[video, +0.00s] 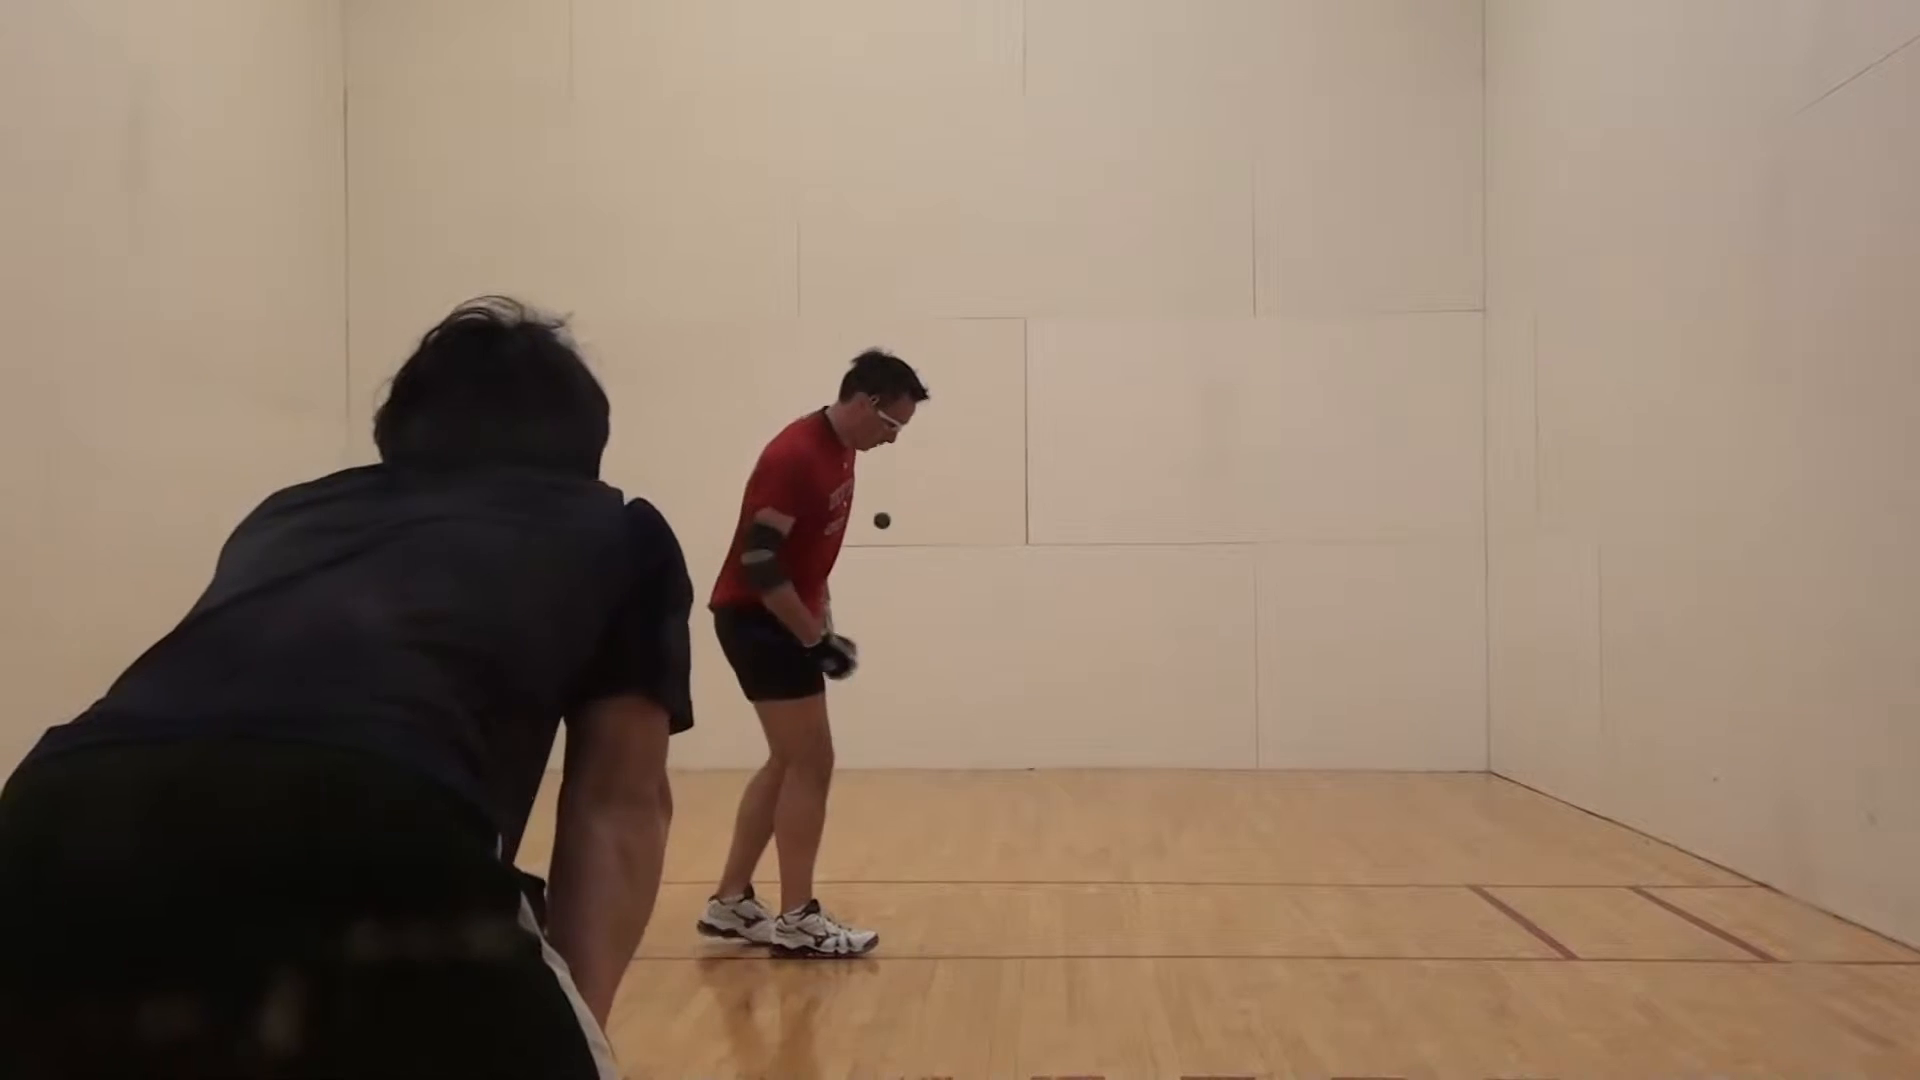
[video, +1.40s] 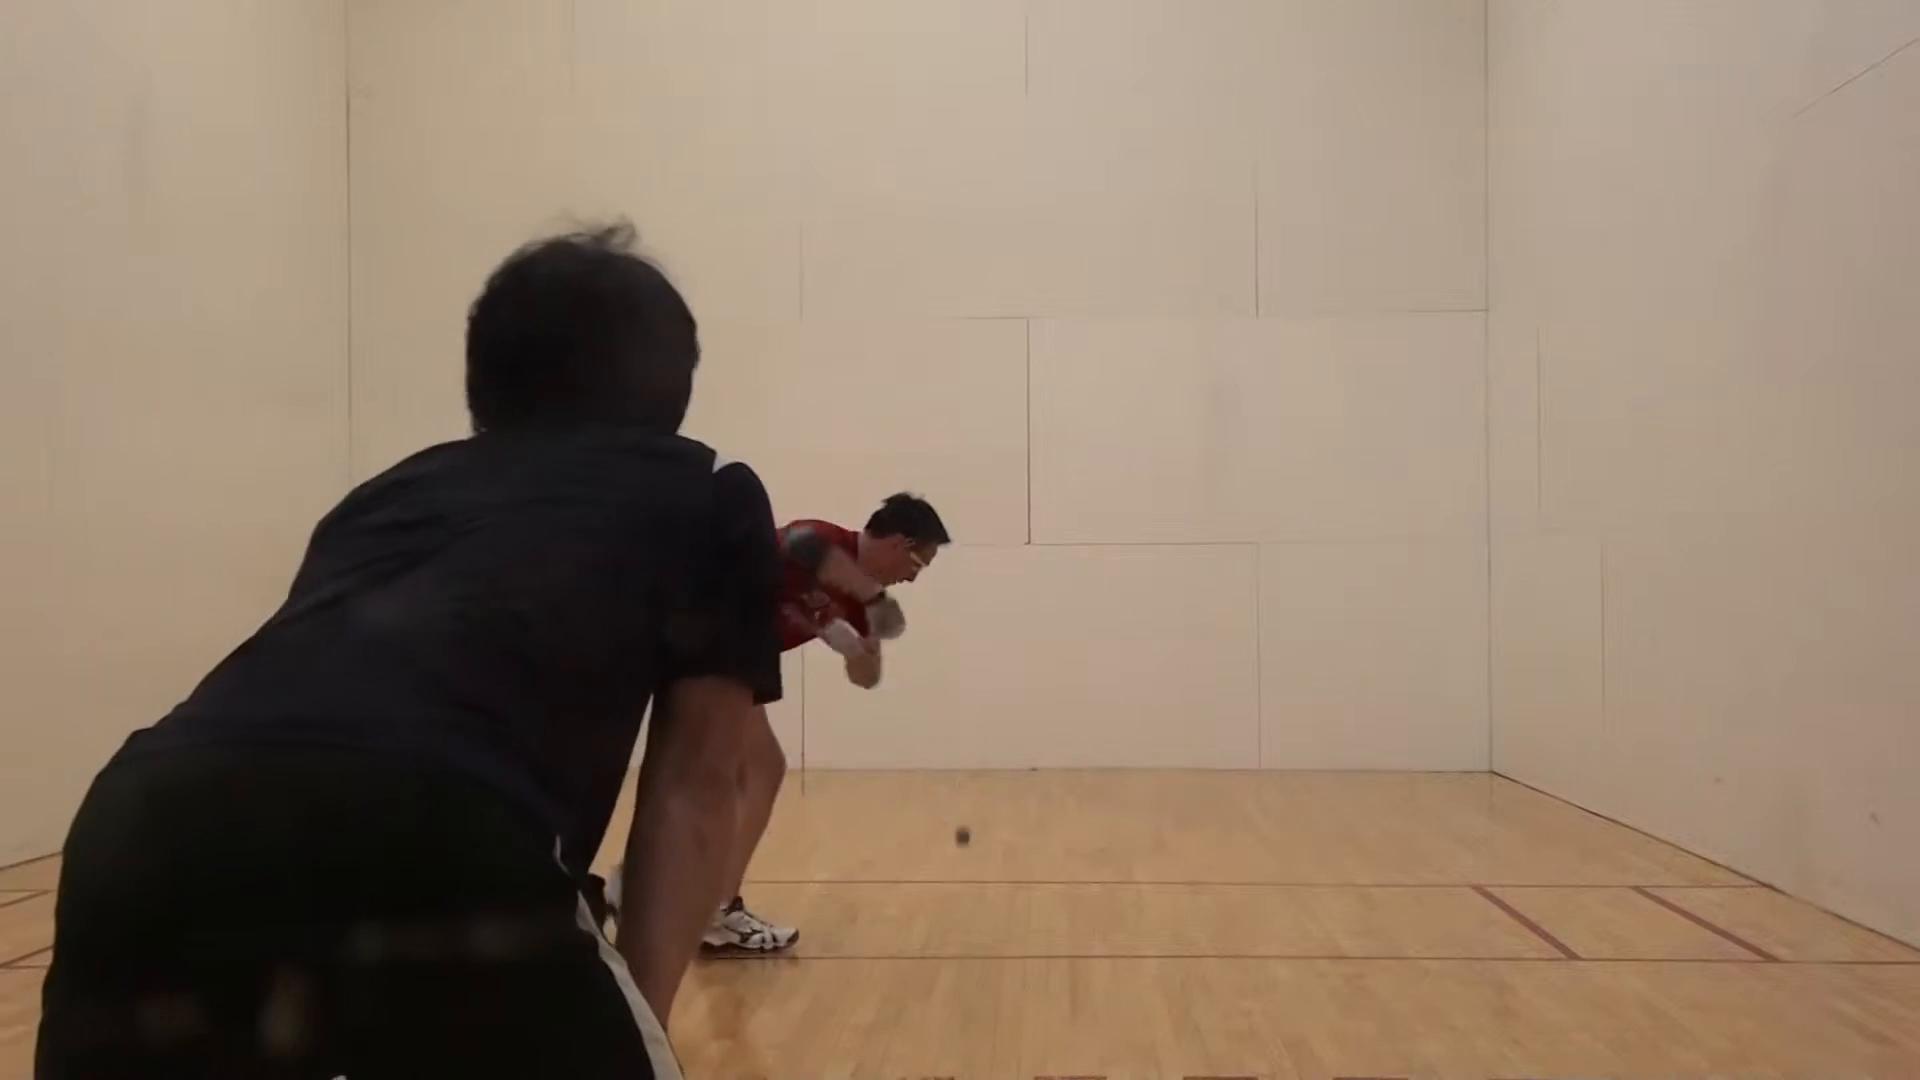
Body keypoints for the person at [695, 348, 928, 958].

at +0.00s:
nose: (893, 436)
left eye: (899, 426)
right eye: (892, 422)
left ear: (865, 405)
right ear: (860, 401)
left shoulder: (836, 451)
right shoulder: (799, 454)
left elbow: (809, 555)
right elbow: (759, 558)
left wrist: (825, 628)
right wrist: (814, 638)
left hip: (777, 617)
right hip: (757, 618)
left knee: (788, 759)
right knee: (811, 760)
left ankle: (729, 900)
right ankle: (797, 914)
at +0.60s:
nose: (931, 494)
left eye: (939, 486)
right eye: (930, 480)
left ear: (903, 457)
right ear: (904, 457)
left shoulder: (856, 466)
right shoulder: (847, 506)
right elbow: (818, 626)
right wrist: (826, 729)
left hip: (746, 614)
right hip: (753, 623)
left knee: (796, 753)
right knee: (811, 757)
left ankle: (736, 894)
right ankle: (798, 914)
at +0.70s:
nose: (939, 516)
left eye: (946, 507)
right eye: (938, 503)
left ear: (908, 481)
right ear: (910, 482)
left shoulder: (861, 483)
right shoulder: (849, 527)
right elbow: (828, 653)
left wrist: (810, 619)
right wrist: (854, 751)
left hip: (745, 624)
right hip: (747, 634)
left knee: (795, 756)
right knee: (815, 760)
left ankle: (723, 888)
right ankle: (799, 915)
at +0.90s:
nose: (937, 576)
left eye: (944, 566)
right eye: (940, 564)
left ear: (914, 541)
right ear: (915, 545)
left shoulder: (865, 528)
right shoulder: (836, 575)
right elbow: (822, 701)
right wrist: (912, 728)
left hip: (721, 643)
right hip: (732, 654)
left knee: (770, 780)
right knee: (819, 762)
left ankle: (646, 857)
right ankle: (800, 917)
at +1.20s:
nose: (911, 587)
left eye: (917, 578)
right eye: (914, 574)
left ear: (888, 550)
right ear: (891, 553)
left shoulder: (834, 552)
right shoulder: (824, 567)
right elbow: (789, 664)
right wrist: (870, 697)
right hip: (703, 646)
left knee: (703, 779)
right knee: (776, 757)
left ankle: (647, 912)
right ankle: (790, 914)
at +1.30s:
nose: (912, 573)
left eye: (919, 565)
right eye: (912, 560)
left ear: (889, 543)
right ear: (887, 539)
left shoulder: (856, 579)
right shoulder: (813, 551)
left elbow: (825, 659)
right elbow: (794, 610)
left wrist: (840, 635)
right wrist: (863, 646)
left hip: (719, 642)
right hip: (706, 638)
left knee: (711, 772)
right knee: (770, 752)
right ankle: (743, 904)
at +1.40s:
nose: (916, 575)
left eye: (922, 567)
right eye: (919, 562)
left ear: (897, 546)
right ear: (897, 543)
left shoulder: (860, 602)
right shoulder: (822, 539)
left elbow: (867, 678)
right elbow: (802, 544)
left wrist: (858, 647)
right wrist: (873, 595)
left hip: (725, 667)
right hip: (704, 651)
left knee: (709, 775)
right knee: (765, 768)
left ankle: (624, 888)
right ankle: (720, 910)